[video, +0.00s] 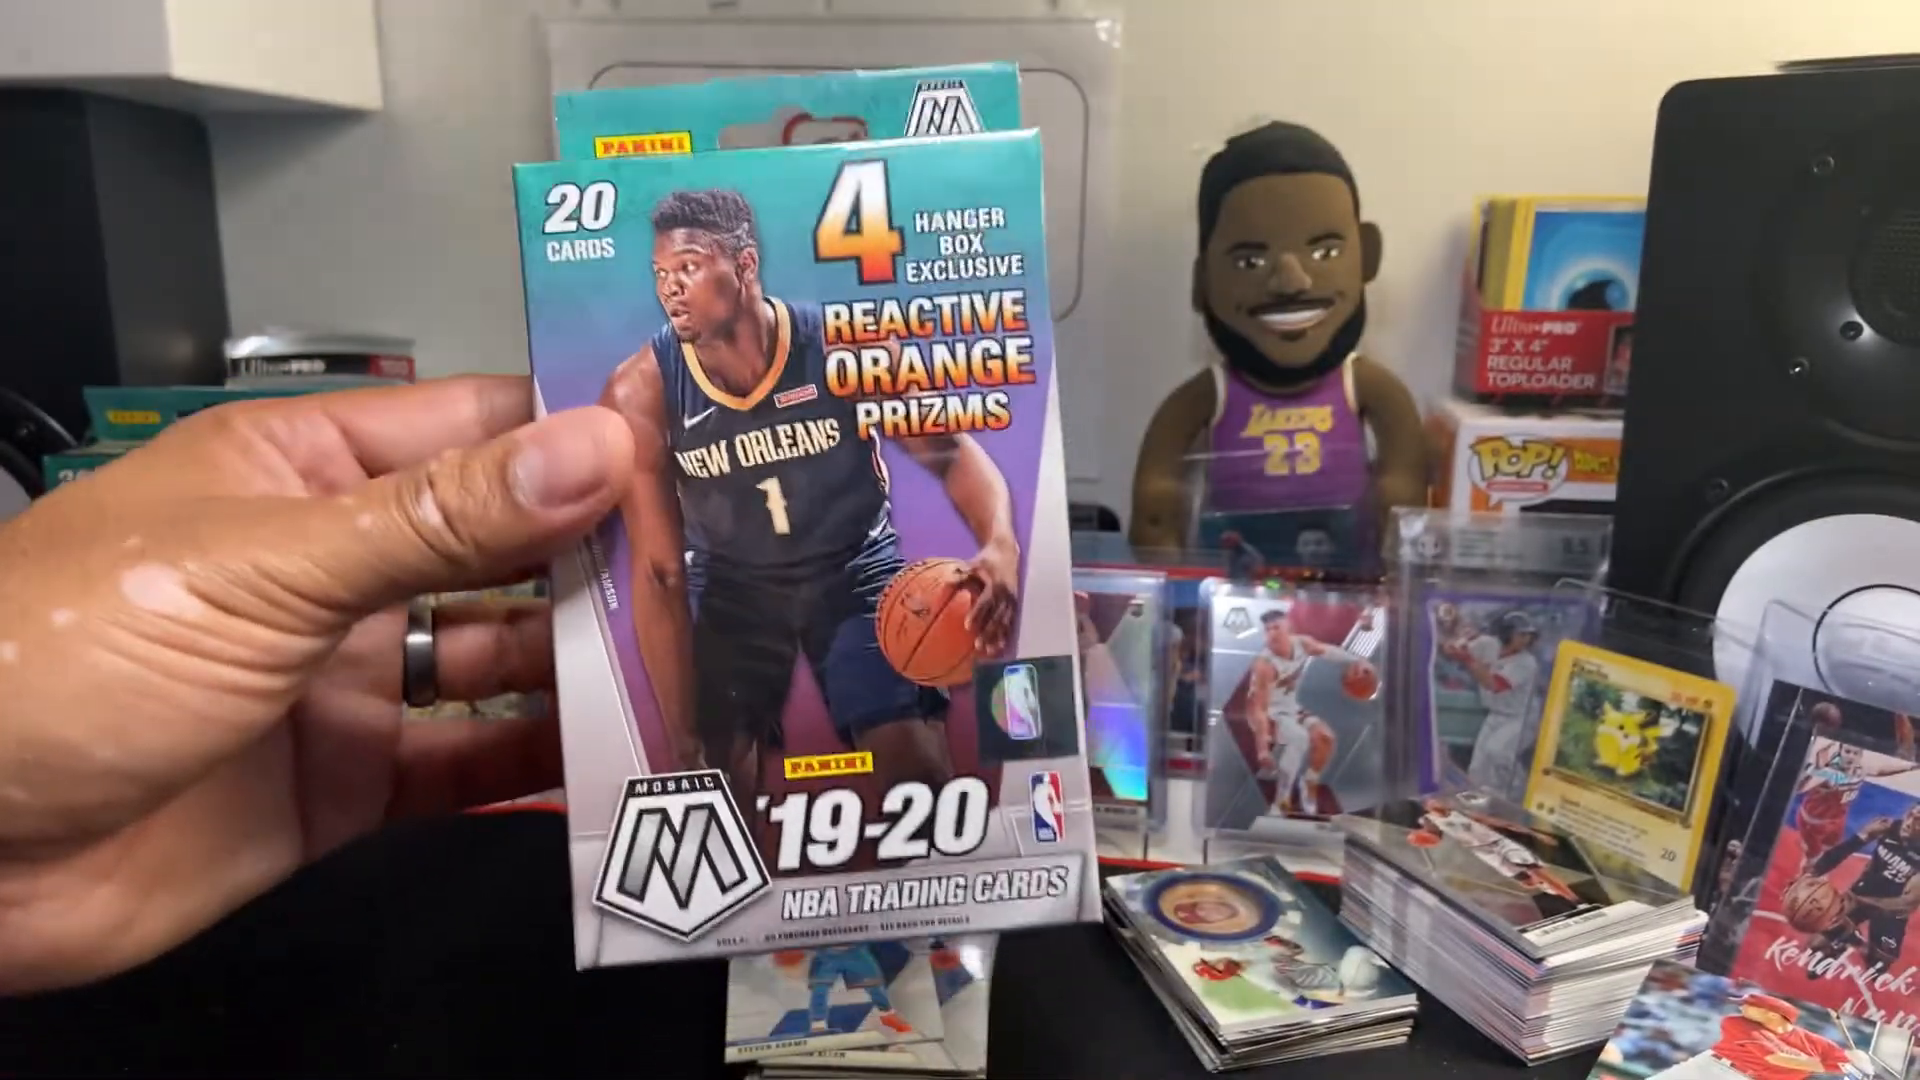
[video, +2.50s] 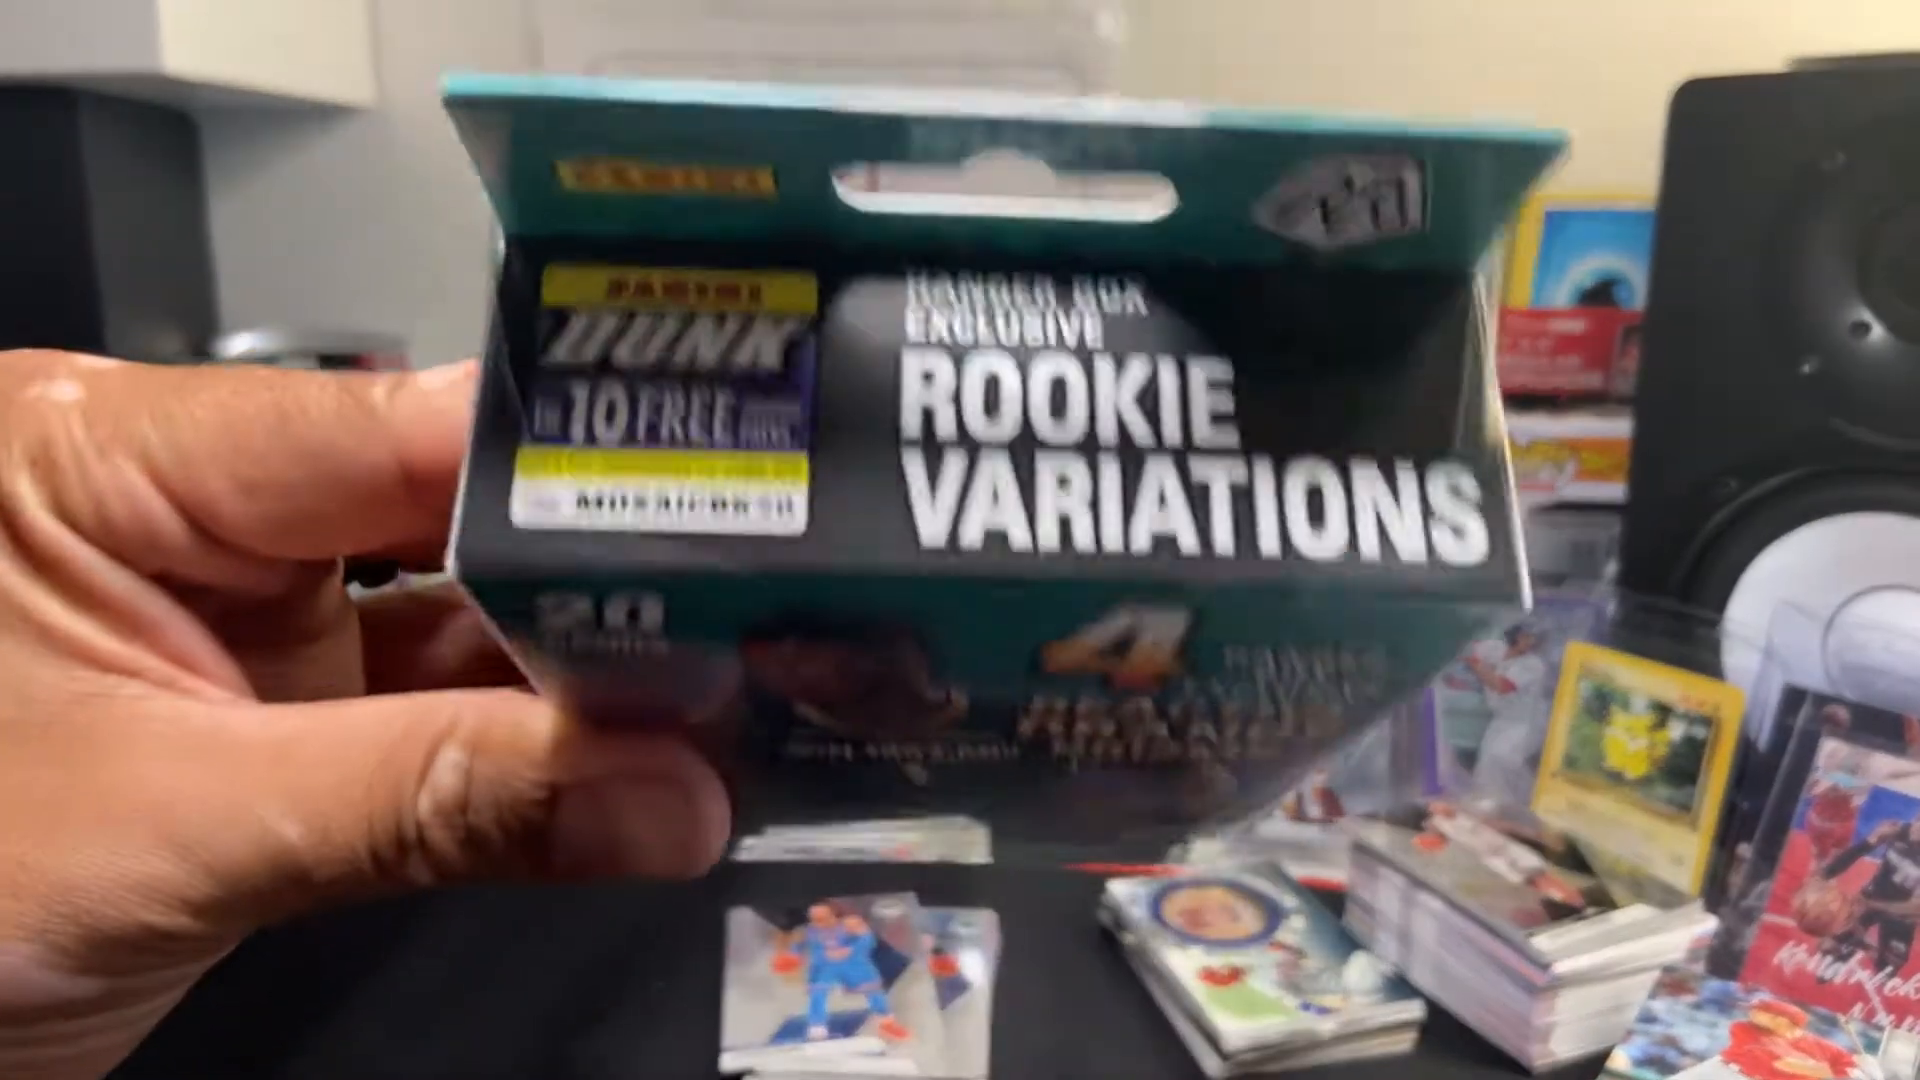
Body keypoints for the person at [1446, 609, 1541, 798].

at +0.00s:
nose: (1526, 640)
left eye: (1529, 636)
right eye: (1521, 635)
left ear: (1532, 638)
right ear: (1508, 634)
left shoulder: (1527, 662)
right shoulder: (1490, 645)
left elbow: (1497, 684)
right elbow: (1458, 650)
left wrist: (1470, 661)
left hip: (1517, 721)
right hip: (1494, 717)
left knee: (1496, 750)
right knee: (1480, 753)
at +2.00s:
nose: (1528, 641)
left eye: (1531, 636)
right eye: (1523, 635)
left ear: (1534, 639)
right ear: (1511, 635)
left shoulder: (1529, 663)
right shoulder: (1492, 645)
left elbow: (1500, 685)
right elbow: (1461, 651)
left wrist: (1473, 662)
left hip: (1519, 721)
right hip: (1497, 717)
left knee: (1497, 752)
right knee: (1482, 752)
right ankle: (1477, 792)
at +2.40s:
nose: (1531, 642)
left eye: (1534, 637)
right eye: (1527, 635)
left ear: (1537, 639)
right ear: (1514, 634)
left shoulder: (1533, 664)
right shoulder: (1494, 646)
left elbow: (1502, 685)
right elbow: (1460, 651)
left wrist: (1475, 662)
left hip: (1520, 723)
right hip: (1498, 719)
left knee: (1501, 755)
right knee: (1484, 757)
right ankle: (1480, 798)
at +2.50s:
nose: (1531, 642)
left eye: (1533, 637)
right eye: (1527, 637)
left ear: (1535, 641)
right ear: (1516, 638)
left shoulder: (1534, 664)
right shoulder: (1503, 656)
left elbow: (1504, 685)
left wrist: (1480, 668)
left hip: (1525, 723)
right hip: (1502, 720)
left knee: (1504, 755)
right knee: (1489, 755)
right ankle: (1484, 798)